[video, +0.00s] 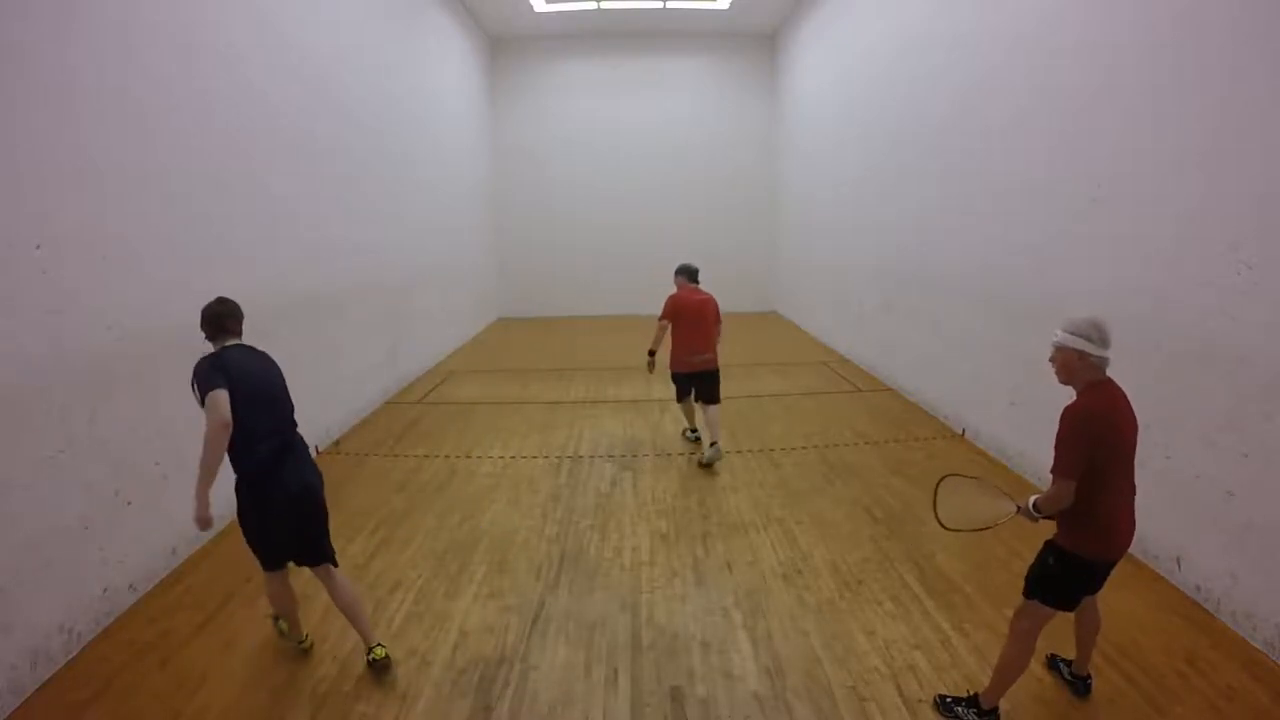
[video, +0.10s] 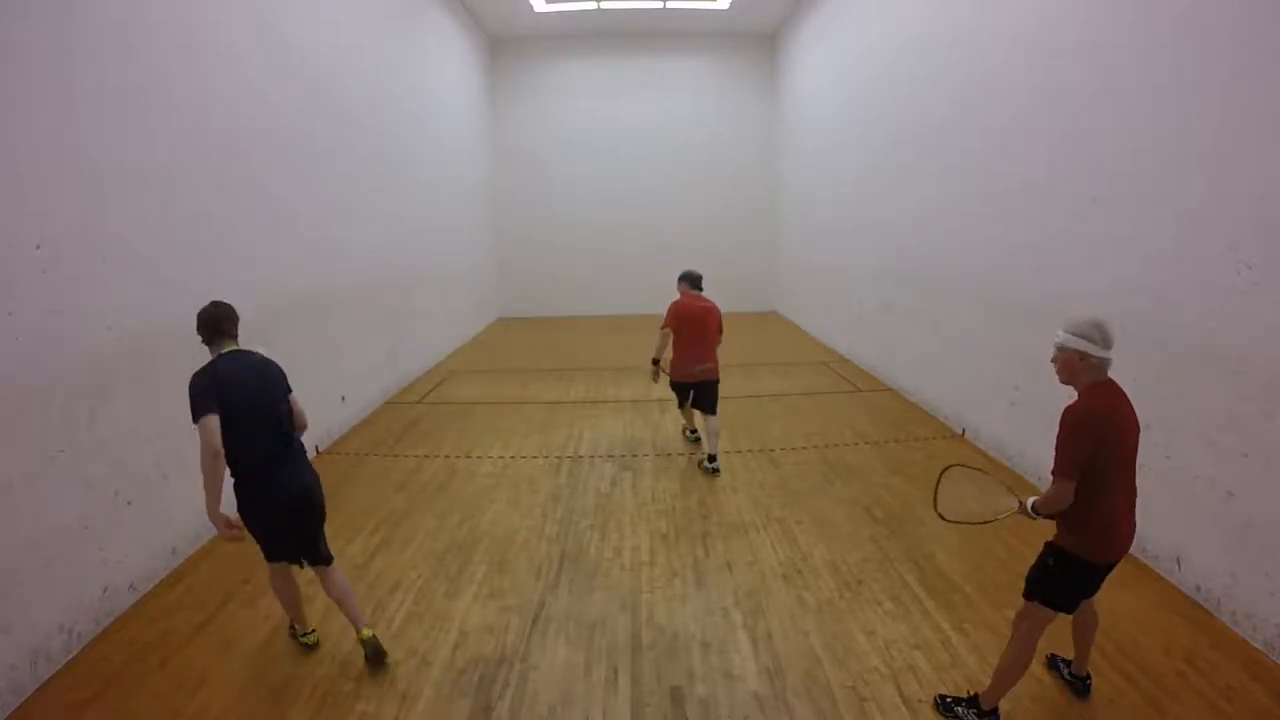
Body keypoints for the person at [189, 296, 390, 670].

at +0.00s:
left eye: (207, 329)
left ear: (206, 332)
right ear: (241, 325)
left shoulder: (210, 366)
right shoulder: (263, 359)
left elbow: (221, 419)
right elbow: (284, 418)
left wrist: (202, 492)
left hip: (260, 487)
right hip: (302, 475)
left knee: (274, 567)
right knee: (326, 565)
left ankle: (295, 632)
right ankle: (374, 644)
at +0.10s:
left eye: (202, 335)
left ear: (203, 337)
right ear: (237, 329)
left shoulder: (205, 380)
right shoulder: (267, 365)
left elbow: (213, 449)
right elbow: (300, 421)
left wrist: (214, 509)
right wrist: (273, 443)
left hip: (258, 493)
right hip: (301, 481)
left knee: (278, 561)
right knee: (324, 561)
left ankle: (303, 630)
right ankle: (364, 630)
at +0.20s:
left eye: (208, 331)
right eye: (235, 324)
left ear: (202, 335)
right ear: (237, 327)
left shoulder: (200, 385)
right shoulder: (267, 363)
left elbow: (206, 456)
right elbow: (310, 411)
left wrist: (213, 510)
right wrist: (310, 454)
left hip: (253, 487)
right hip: (295, 472)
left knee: (275, 559)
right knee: (314, 546)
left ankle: (302, 627)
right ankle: (348, 603)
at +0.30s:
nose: (242, 316)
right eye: (242, 311)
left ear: (206, 322)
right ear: (240, 315)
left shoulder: (197, 369)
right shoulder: (268, 352)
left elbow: (196, 437)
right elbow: (316, 397)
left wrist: (204, 473)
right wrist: (322, 446)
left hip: (248, 475)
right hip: (290, 462)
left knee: (273, 551)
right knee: (306, 528)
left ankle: (302, 625)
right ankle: (338, 594)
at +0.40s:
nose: (248, 309)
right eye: (248, 305)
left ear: (212, 314)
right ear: (247, 308)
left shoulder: (199, 358)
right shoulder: (272, 345)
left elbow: (185, 424)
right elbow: (319, 388)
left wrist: (200, 436)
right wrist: (330, 438)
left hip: (245, 467)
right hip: (288, 455)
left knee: (270, 547)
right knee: (305, 522)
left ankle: (300, 622)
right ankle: (326, 588)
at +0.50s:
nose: (259, 314)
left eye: (256, 308)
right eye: (257, 309)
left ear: (220, 318)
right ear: (252, 314)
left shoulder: (205, 361)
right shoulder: (276, 349)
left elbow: (184, 420)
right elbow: (322, 395)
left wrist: (201, 418)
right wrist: (336, 442)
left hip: (245, 466)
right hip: (288, 456)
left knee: (268, 544)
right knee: (303, 525)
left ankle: (297, 613)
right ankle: (317, 591)